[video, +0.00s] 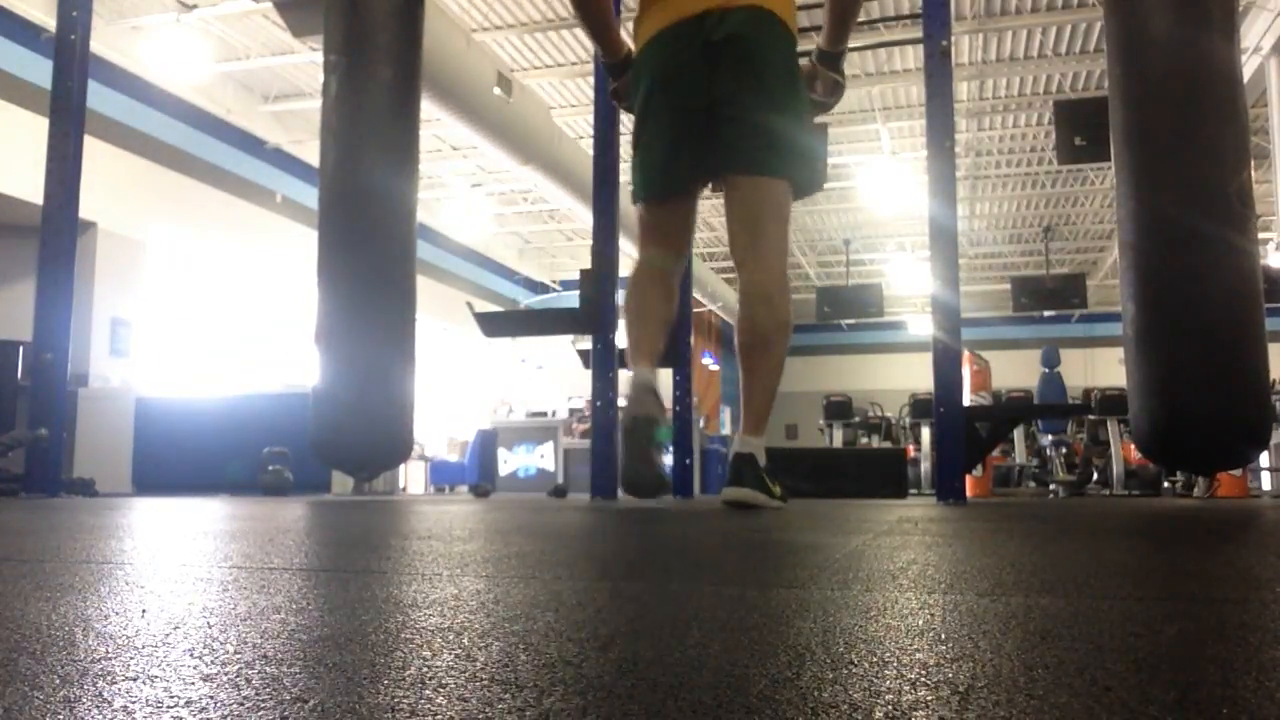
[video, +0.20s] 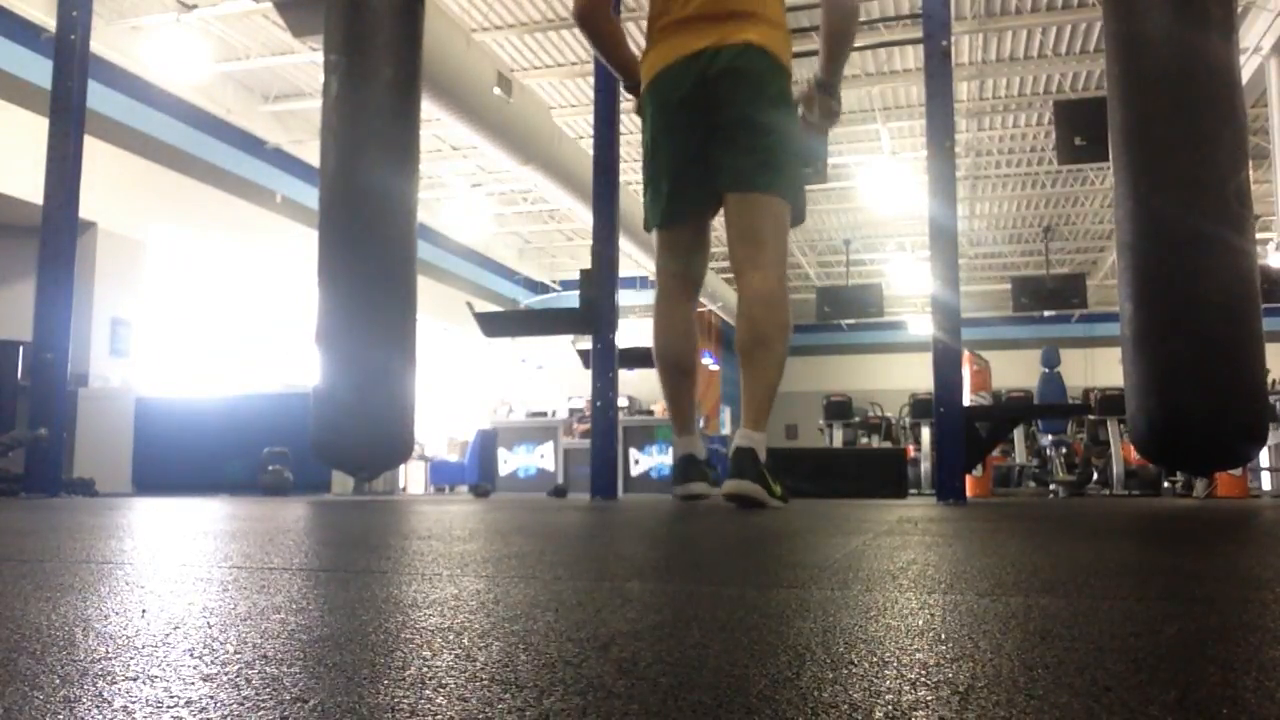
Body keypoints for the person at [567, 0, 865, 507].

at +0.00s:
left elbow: (588, 1)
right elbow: (845, 2)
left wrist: (618, 60)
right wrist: (830, 60)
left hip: (664, 44)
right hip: (762, 40)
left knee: (660, 253)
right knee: (762, 262)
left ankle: (641, 390)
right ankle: (749, 454)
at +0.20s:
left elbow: (590, 9)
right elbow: (842, 4)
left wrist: (638, 79)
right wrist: (827, 82)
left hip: (668, 71)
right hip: (754, 60)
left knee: (676, 279)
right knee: (760, 267)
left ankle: (687, 453)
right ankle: (749, 446)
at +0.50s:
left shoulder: (619, 1)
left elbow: (615, 58)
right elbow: (801, 24)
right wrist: (848, 116)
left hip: (644, 117)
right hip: (722, 110)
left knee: (668, 295)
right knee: (751, 291)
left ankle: (692, 450)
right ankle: (768, 426)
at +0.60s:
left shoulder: (616, 6)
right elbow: (795, 25)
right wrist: (859, 110)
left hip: (635, 136)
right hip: (713, 127)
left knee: (622, 308)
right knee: (750, 306)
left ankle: (662, 429)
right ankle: (779, 460)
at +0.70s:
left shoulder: (602, 7)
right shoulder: (709, 1)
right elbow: (787, 29)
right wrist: (849, 106)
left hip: (619, 142)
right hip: (695, 136)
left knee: (582, 308)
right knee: (743, 310)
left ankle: (594, 430)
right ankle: (773, 457)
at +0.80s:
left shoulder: (576, 4)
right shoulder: (690, 2)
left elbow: (552, 55)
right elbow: (770, 46)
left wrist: (599, 31)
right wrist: (812, 110)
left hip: (595, 143)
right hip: (670, 141)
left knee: (536, 302)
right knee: (726, 310)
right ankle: (764, 459)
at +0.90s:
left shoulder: (541, 5)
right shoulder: (663, 7)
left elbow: (468, 65)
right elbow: (694, 78)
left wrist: (501, 21)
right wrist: (648, 83)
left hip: (568, 167)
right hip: (642, 164)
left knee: (497, 311)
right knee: (711, 316)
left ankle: (477, 453)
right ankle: (762, 459)